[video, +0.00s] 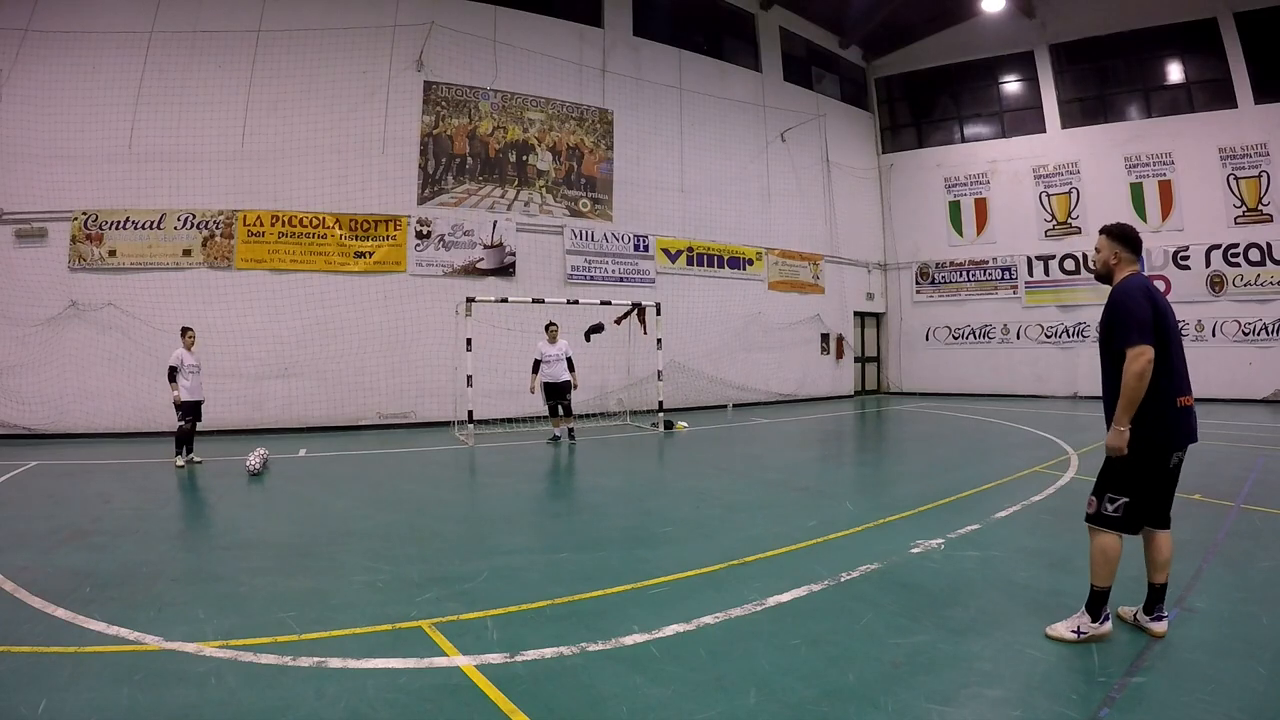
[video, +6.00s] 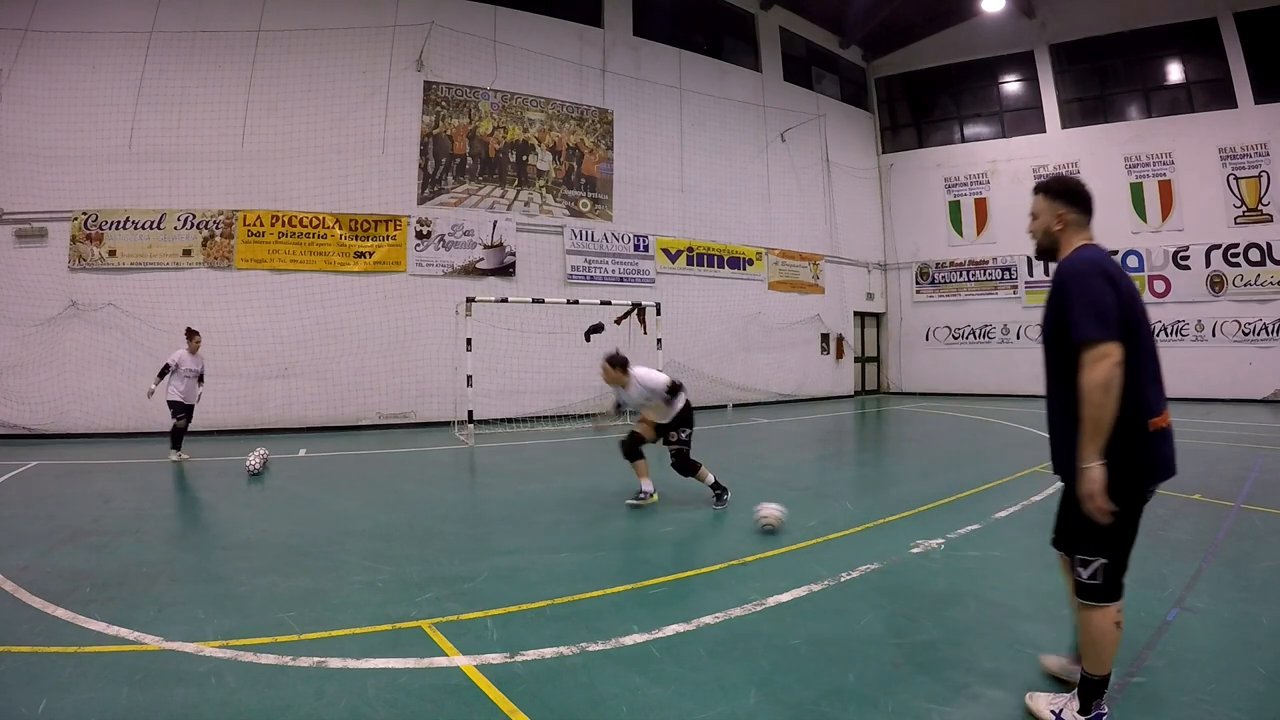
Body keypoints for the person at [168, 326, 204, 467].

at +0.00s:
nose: (192, 340)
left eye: (194, 337)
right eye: (190, 337)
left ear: (195, 339)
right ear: (183, 338)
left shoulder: (195, 356)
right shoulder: (178, 354)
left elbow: (197, 377)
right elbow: (171, 373)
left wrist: (201, 394)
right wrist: (175, 392)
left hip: (196, 397)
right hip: (183, 397)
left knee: (192, 426)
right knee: (184, 426)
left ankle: (189, 454)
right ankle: (178, 456)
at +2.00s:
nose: (193, 340)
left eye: (195, 337)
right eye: (191, 337)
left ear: (196, 339)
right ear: (183, 338)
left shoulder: (196, 355)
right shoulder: (179, 354)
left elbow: (198, 376)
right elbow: (172, 373)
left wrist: (201, 392)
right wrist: (176, 392)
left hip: (196, 397)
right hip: (184, 397)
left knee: (192, 426)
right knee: (184, 426)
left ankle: (189, 454)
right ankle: (178, 456)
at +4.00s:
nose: (194, 340)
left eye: (195, 337)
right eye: (191, 337)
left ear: (196, 339)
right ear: (184, 338)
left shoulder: (196, 356)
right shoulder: (179, 353)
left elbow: (198, 376)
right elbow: (172, 372)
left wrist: (201, 392)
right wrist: (175, 391)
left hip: (196, 397)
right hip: (183, 397)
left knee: (192, 426)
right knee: (184, 425)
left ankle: (189, 454)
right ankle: (178, 456)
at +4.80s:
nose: (180, 341)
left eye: (181, 339)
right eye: (177, 338)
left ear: (182, 340)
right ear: (170, 339)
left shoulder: (183, 357)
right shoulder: (163, 355)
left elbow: (186, 376)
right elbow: (156, 373)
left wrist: (190, 391)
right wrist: (161, 391)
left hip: (183, 398)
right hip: (167, 398)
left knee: (184, 427)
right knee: (164, 426)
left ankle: (189, 453)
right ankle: (160, 452)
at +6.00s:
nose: (199, 345)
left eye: (200, 342)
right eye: (196, 342)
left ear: (199, 343)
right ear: (189, 342)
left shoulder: (199, 359)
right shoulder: (179, 355)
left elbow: (201, 376)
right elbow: (165, 369)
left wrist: (200, 388)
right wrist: (153, 385)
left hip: (190, 397)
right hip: (175, 395)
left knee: (185, 424)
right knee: (181, 421)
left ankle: (178, 450)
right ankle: (173, 450)